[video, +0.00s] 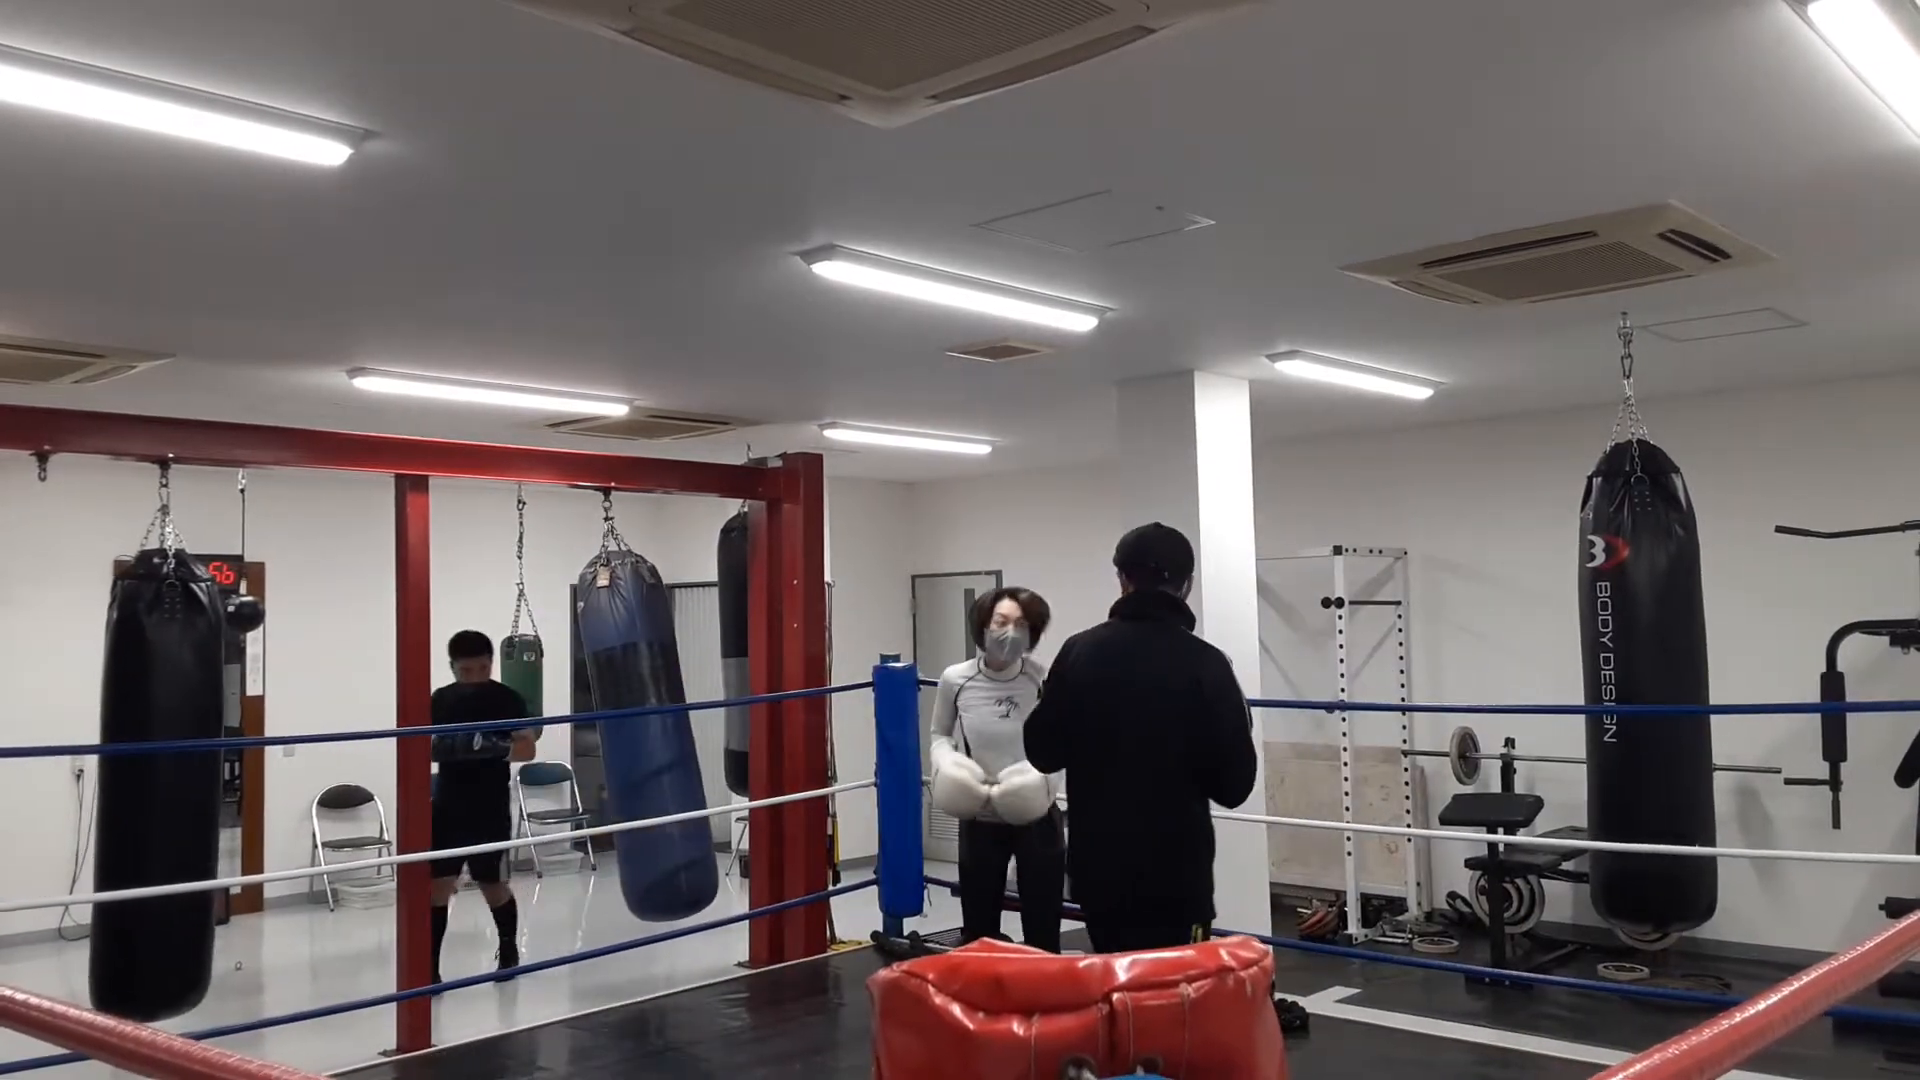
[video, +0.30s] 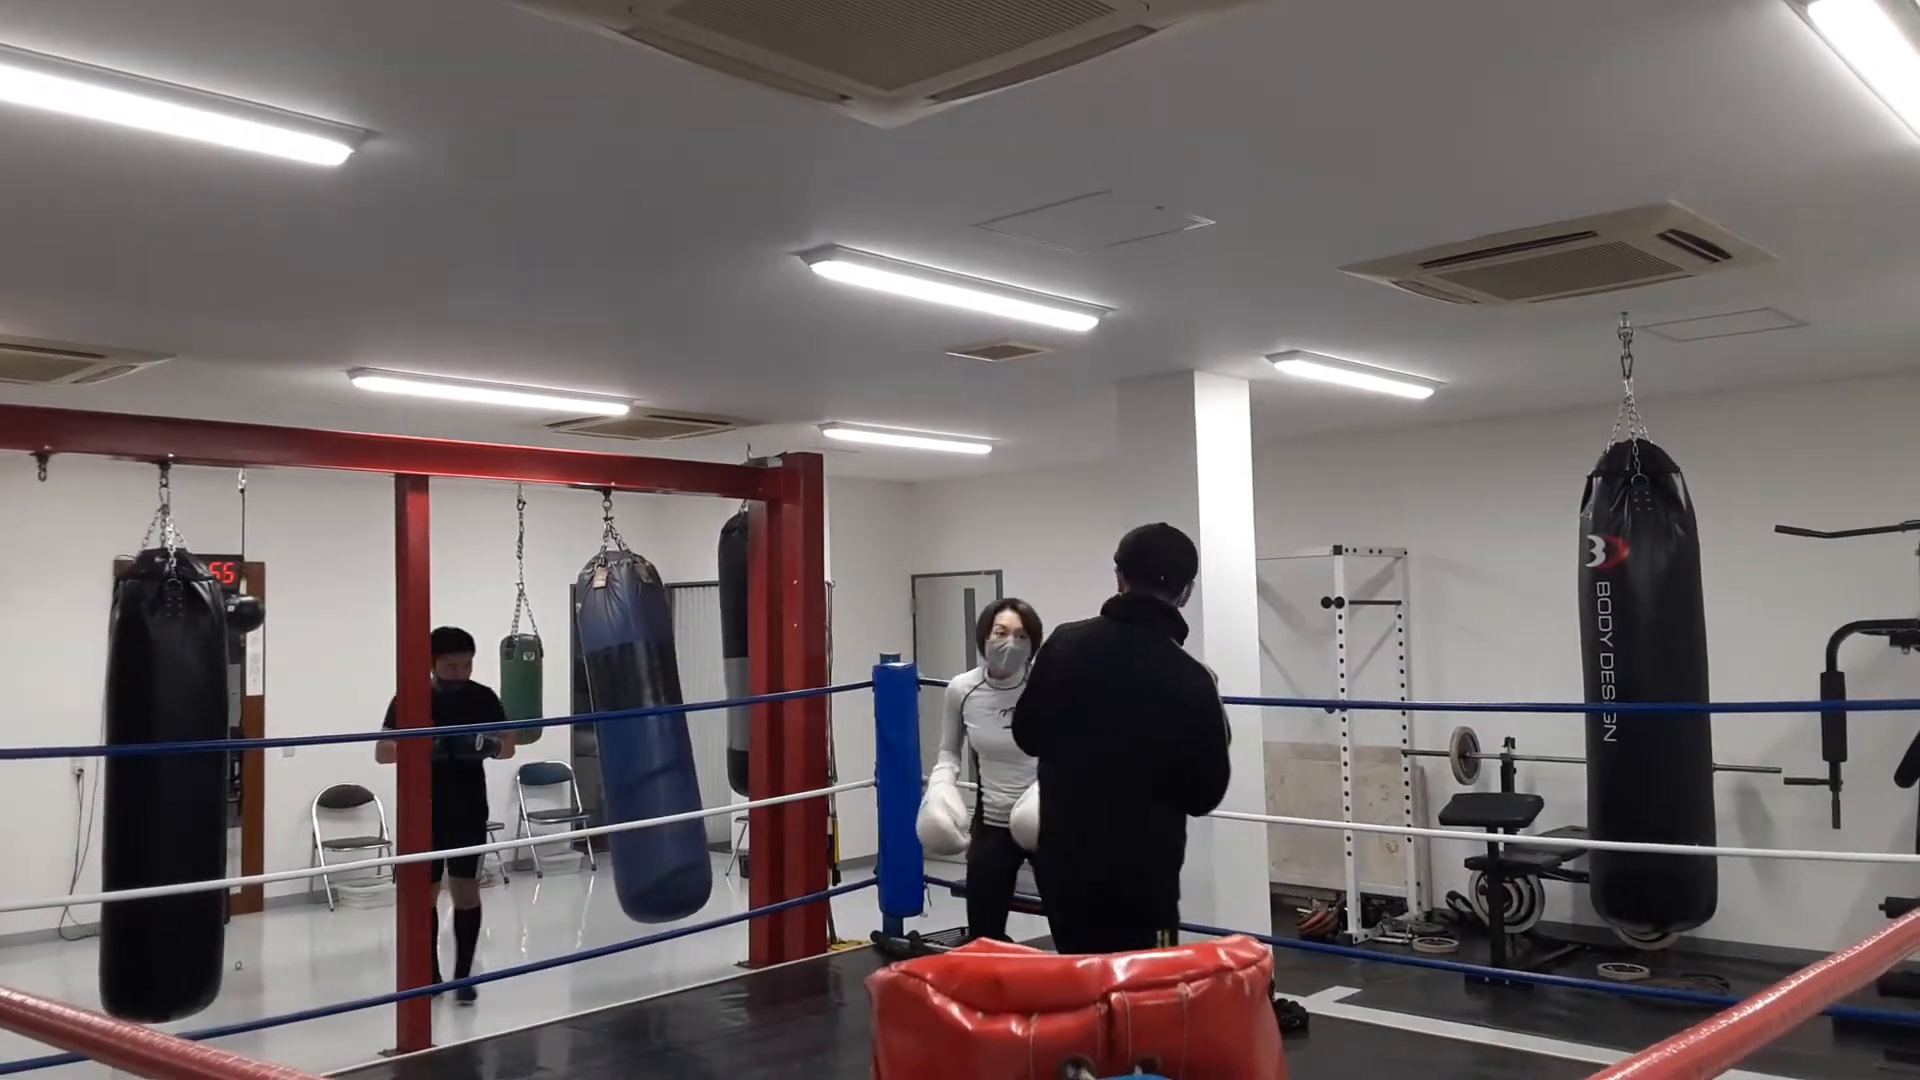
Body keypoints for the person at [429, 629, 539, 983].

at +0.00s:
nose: (471, 677)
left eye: (478, 668)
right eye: (463, 669)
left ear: (490, 663)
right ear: (453, 666)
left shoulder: (507, 699)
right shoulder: (439, 701)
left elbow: (527, 750)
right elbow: (421, 748)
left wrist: (492, 747)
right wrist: (441, 746)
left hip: (490, 804)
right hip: (447, 804)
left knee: (490, 880)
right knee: (438, 884)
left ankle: (508, 951)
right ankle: (430, 968)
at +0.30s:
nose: (459, 674)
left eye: (465, 665)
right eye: (451, 666)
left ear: (472, 663)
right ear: (432, 664)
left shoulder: (483, 698)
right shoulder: (410, 699)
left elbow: (507, 748)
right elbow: (383, 752)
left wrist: (484, 742)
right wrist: (424, 747)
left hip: (468, 807)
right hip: (423, 808)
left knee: (465, 888)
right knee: (425, 893)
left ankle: (462, 976)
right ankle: (430, 974)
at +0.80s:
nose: (466, 678)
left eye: (470, 670)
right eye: (460, 669)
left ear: (472, 666)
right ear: (435, 664)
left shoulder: (465, 705)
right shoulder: (393, 699)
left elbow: (487, 758)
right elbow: (363, 753)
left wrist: (473, 750)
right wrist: (408, 751)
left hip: (446, 812)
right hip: (398, 813)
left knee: (447, 899)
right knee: (390, 897)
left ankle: (444, 986)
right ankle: (378, 981)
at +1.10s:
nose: (440, 675)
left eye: (442, 666)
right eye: (435, 666)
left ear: (437, 666)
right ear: (409, 663)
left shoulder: (428, 703)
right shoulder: (365, 706)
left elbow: (453, 749)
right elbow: (346, 762)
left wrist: (445, 746)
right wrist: (396, 756)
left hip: (422, 816)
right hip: (378, 820)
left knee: (434, 900)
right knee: (370, 905)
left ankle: (443, 982)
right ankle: (343, 994)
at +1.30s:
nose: (400, 677)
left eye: (401, 670)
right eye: (395, 670)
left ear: (390, 672)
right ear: (374, 670)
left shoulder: (398, 709)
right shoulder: (333, 714)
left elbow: (424, 755)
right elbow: (318, 775)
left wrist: (409, 765)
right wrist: (370, 770)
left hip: (390, 825)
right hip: (343, 829)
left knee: (408, 905)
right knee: (336, 915)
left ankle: (433, 984)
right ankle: (332, 1004)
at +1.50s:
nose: (386, 667)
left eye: (387, 659)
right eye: (379, 660)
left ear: (369, 665)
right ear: (353, 665)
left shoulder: (380, 706)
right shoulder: (319, 714)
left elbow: (386, 762)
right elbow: (298, 775)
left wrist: (402, 760)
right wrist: (351, 775)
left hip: (373, 816)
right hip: (331, 821)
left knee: (391, 899)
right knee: (334, 908)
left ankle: (379, 981)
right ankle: (333, 1002)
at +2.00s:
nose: (377, 668)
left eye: (378, 660)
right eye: (370, 661)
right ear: (343, 663)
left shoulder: (364, 707)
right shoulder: (310, 708)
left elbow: (354, 756)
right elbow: (287, 764)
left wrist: (380, 758)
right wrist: (342, 771)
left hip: (342, 812)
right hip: (307, 813)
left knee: (331, 900)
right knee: (316, 902)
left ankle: (317, 985)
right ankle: (321, 990)